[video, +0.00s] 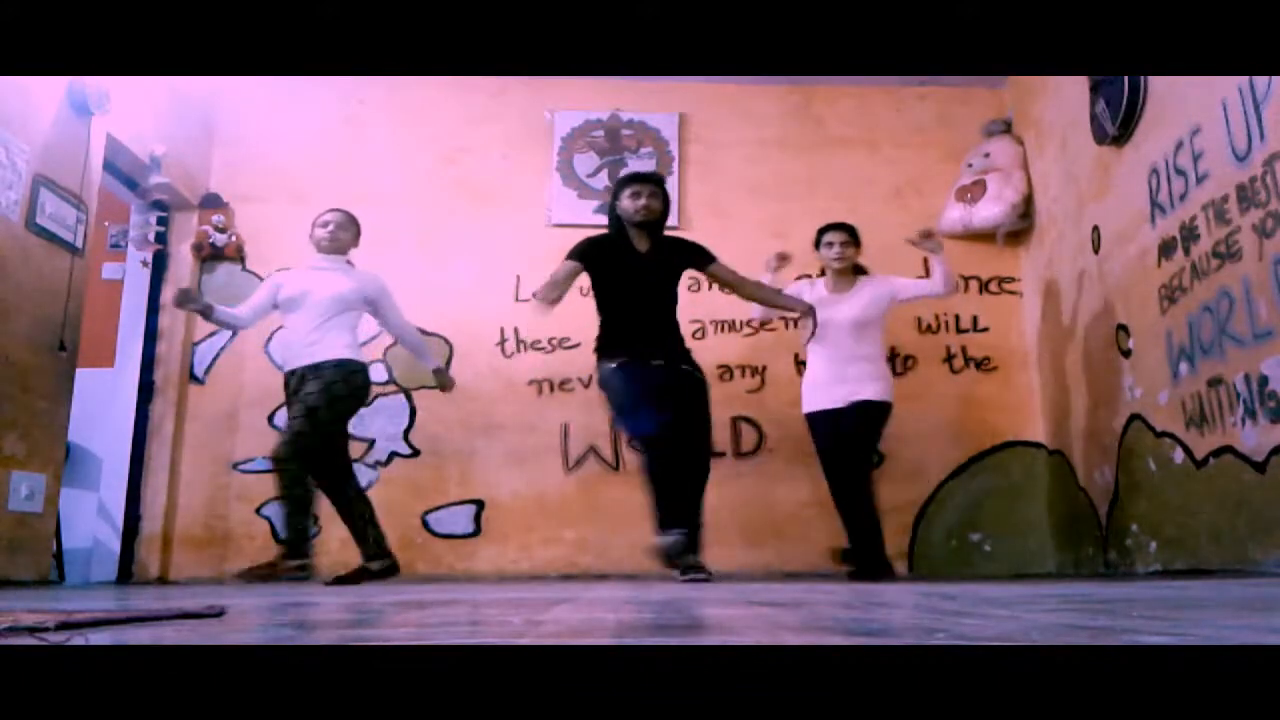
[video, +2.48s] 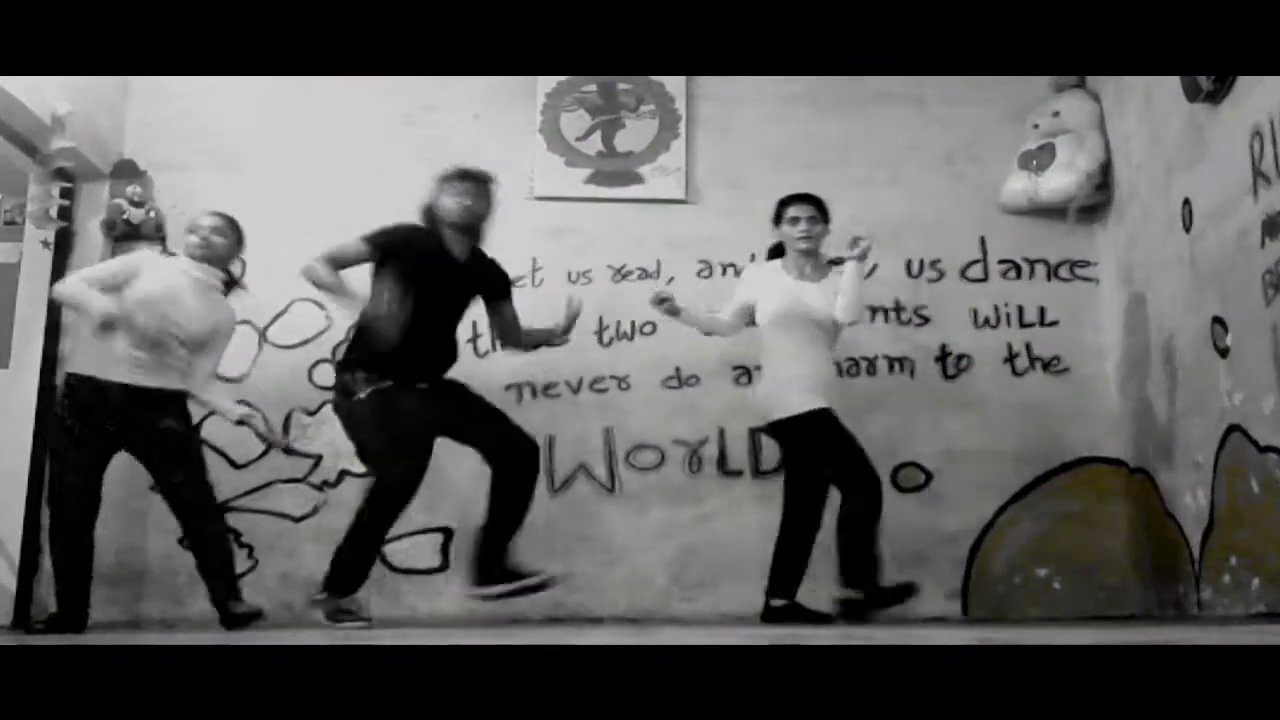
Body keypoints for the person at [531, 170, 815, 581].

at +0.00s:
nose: (644, 202)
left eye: (652, 196)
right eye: (633, 196)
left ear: (663, 207)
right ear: (616, 206)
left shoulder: (679, 249)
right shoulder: (596, 248)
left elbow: (739, 284)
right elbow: (560, 280)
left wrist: (798, 305)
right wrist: (547, 295)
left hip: (673, 361)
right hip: (624, 364)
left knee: (693, 448)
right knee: (658, 435)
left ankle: (687, 553)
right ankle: (671, 531)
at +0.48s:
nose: (551, 172)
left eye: (561, 165)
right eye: (540, 166)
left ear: (580, 175)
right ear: (524, 179)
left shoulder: (605, 228)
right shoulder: (505, 238)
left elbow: (666, 262)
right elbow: (469, 299)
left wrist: (690, 261)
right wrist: (446, 313)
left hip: (590, 370)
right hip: (529, 373)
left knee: (584, 483)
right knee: (571, 476)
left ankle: (514, 588)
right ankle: (602, 577)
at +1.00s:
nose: (470, 172)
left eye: (481, 165)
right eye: (460, 165)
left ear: (501, 177)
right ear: (448, 179)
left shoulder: (522, 220)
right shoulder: (441, 238)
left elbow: (544, 250)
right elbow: (441, 305)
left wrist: (476, 243)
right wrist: (393, 344)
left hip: (518, 371)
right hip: (457, 371)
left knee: (527, 475)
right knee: (472, 469)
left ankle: (466, 582)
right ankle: (478, 583)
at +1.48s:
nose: (432, 217)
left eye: (441, 209)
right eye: (423, 213)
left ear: (458, 217)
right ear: (415, 226)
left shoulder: (478, 251)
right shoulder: (423, 274)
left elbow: (532, 283)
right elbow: (410, 327)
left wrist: (557, 324)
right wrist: (375, 325)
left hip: (480, 362)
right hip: (448, 368)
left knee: (377, 407)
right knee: (422, 452)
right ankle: (443, 558)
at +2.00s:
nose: (383, 178)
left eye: (395, 172)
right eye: (374, 172)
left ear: (412, 187)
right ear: (358, 187)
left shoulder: (438, 230)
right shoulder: (342, 248)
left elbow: (512, 262)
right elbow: (302, 302)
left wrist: (513, 273)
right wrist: (341, 313)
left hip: (436, 359)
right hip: (384, 367)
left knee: (373, 432)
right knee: (358, 475)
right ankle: (398, 594)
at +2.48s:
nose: (463, 200)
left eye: (473, 194)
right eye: (454, 191)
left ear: (486, 207)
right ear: (435, 200)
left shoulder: (486, 273)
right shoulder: (404, 241)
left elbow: (512, 336)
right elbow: (316, 267)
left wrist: (556, 335)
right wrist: (359, 302)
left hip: (428, 388)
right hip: (369, 385)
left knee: (518, 453)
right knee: (400, 471)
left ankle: (491, 570)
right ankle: (336, 592)